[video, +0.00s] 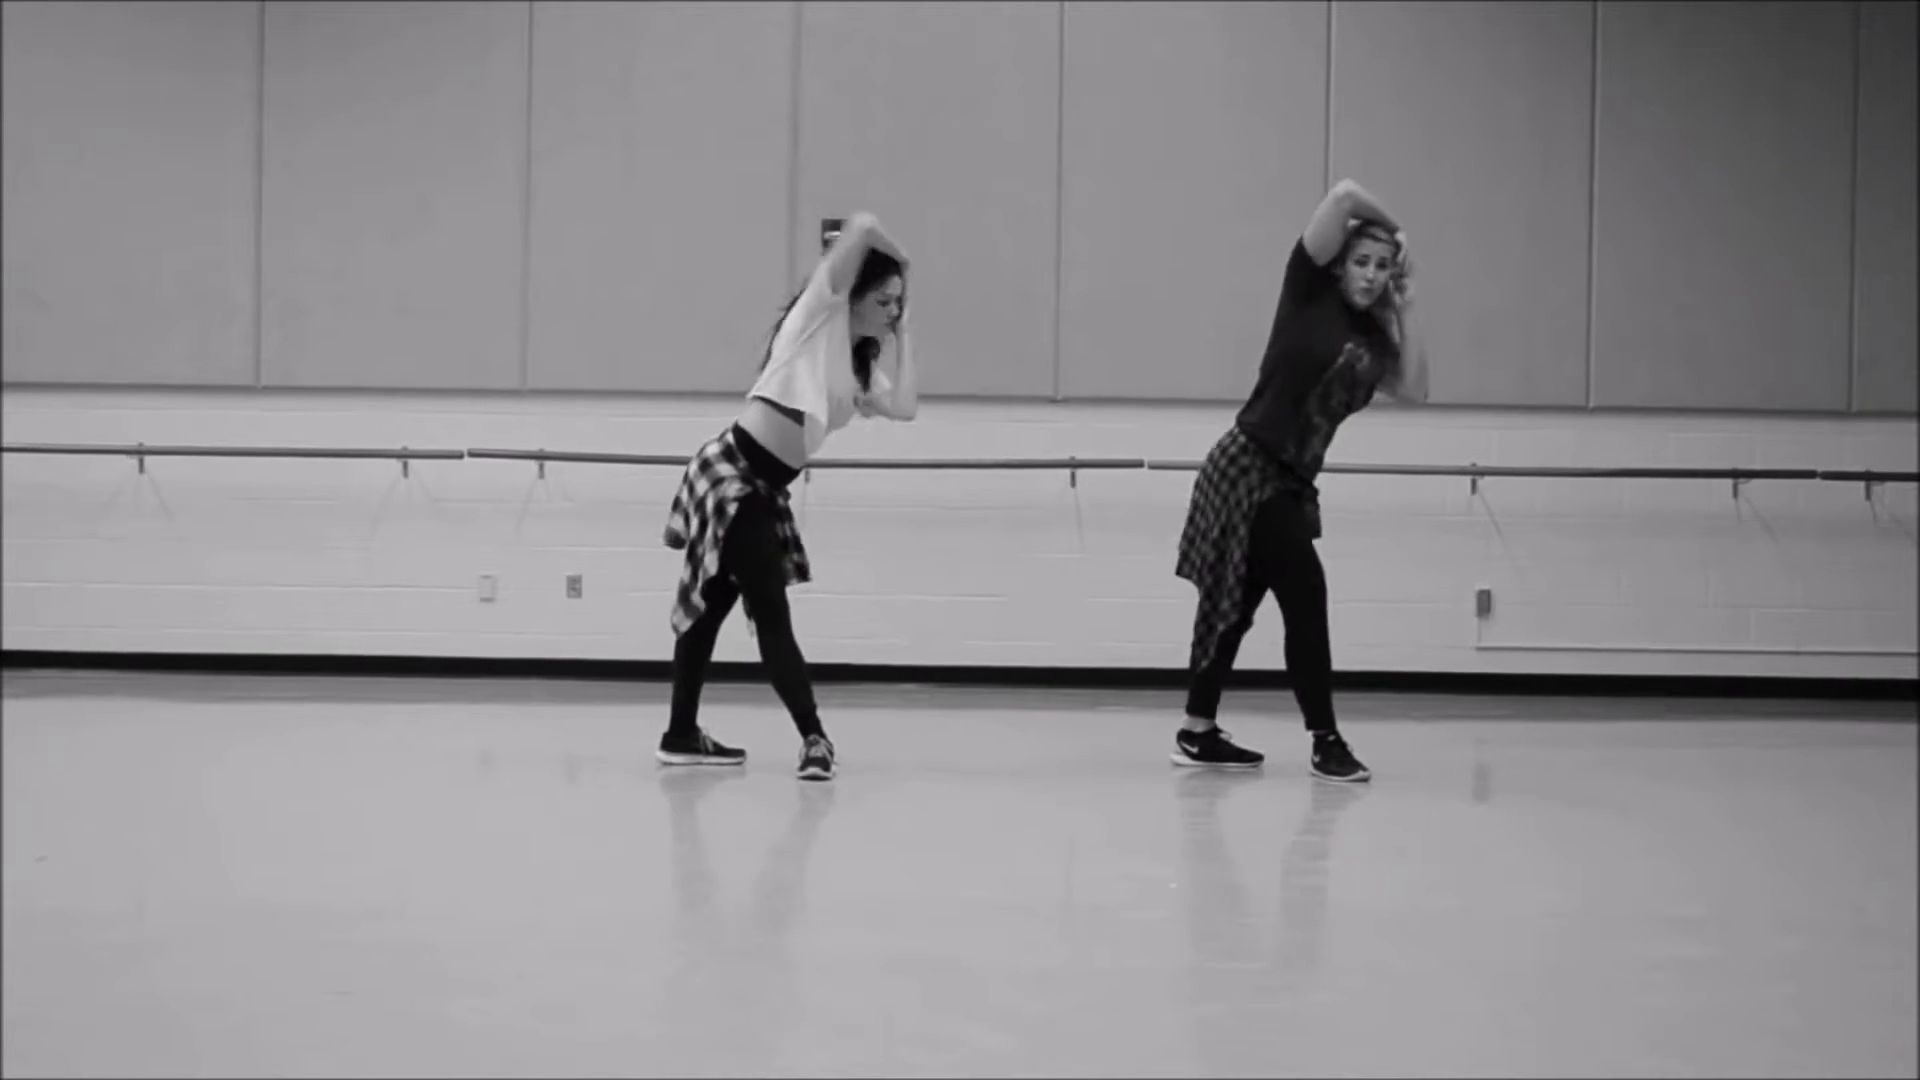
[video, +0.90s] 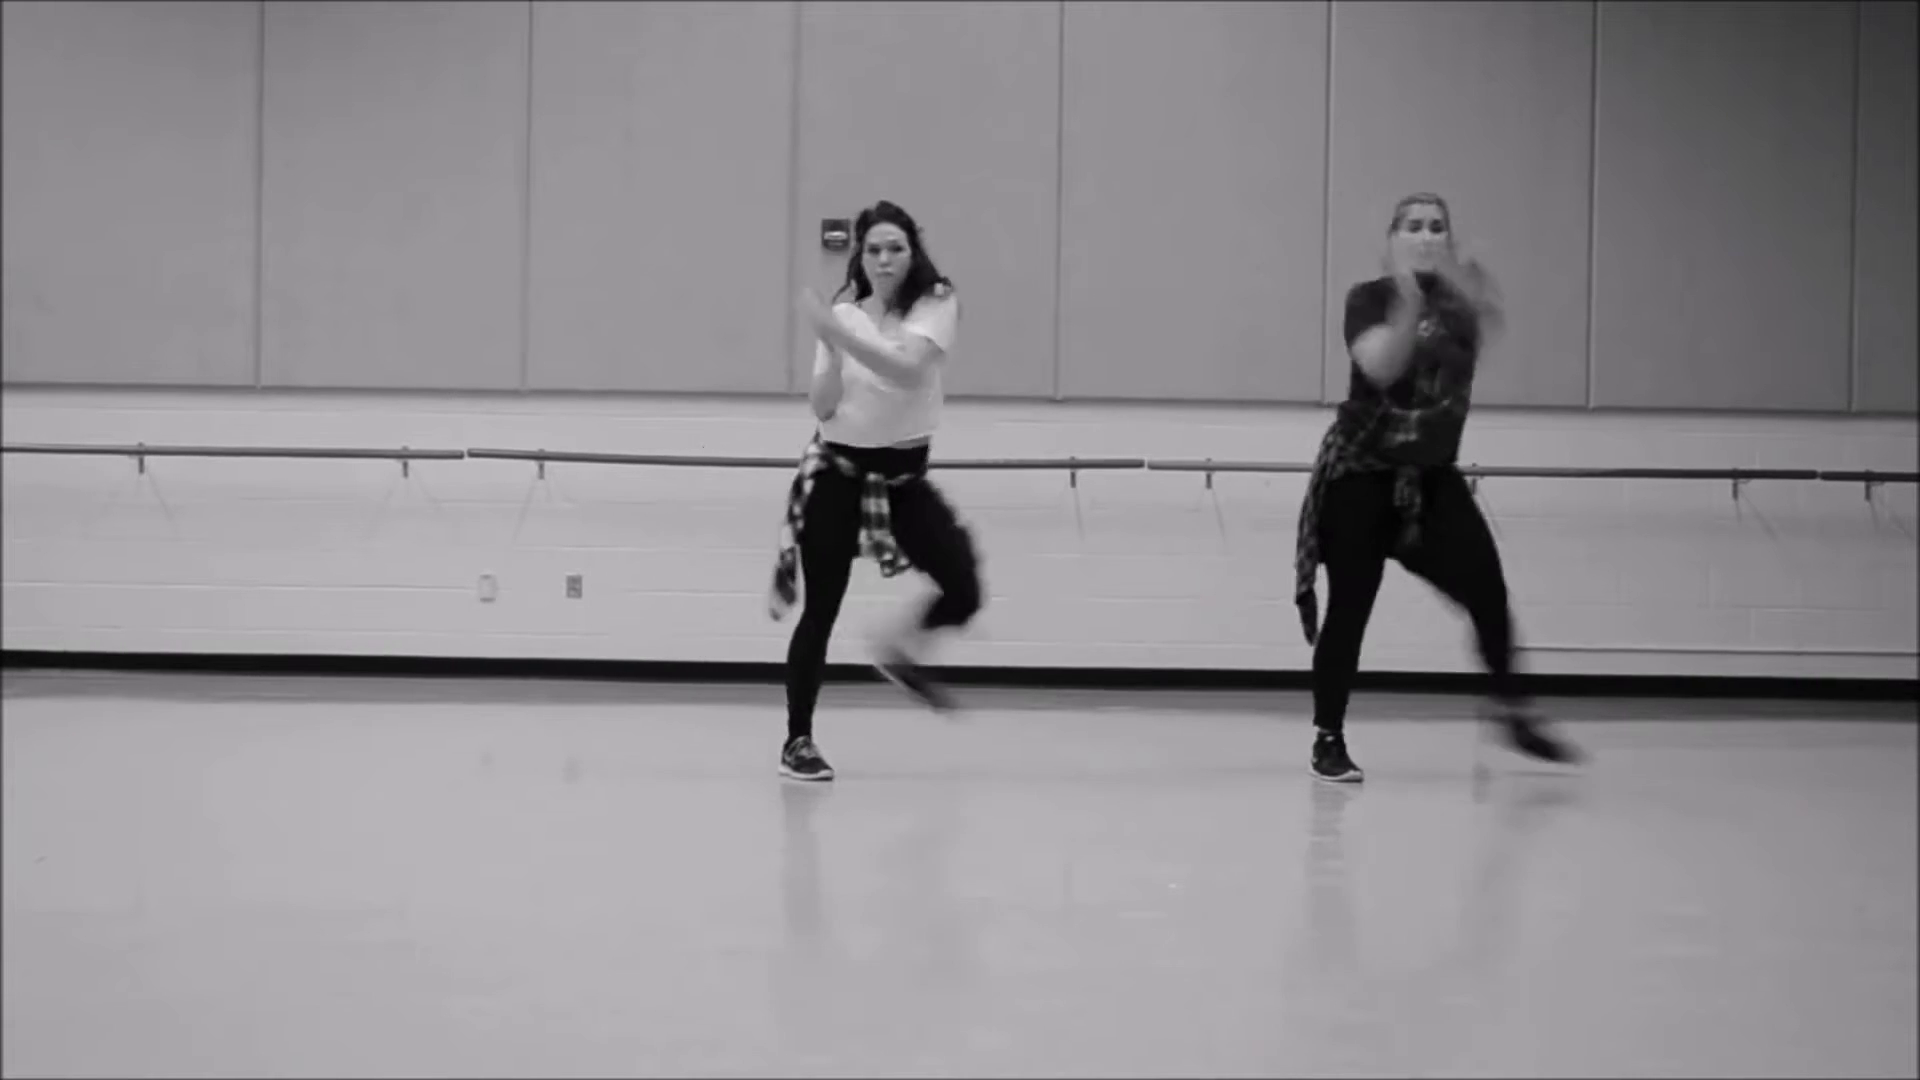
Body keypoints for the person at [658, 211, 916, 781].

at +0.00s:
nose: (891, 316)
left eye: (897, 305)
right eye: (883, 302)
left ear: (891, 308)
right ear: (853, 295)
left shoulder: (856, 372)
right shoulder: (813, 321)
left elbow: (902, 408)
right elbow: (861, 224)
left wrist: (901, 334)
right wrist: (894, 257)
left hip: (766, 488)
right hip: (733, 471)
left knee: (708, 607)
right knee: (772, 614)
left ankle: (681, 730)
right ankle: (814, 739)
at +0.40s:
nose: (864, 291)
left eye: (875, 281)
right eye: (855, 282)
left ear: (897, 287)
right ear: (843, 286)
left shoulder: (904, 360)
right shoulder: (821, 308)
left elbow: (914, 347)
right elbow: (798, 215)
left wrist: (899, 257)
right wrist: (861, 222)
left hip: (801, 490)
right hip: (763, 465)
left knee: (724, 596)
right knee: (776, 610)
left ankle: (643, 689)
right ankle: (791, 742)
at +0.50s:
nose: (860, 283)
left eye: (870, 271)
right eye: (850, 273)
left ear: (893, 276)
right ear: (840, 278)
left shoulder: (913, 347)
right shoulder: (821, 304)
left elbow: (908, 308)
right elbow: (776, 229)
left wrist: (902, 245)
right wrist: (838, 213)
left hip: (823, 491)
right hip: (777, 463)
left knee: (734, 592)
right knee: (786, 603)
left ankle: (619, 616)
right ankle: (793, 741)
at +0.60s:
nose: (858, 277)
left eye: (866, 267)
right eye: (849, 269)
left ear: (892, 270)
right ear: (840, 276)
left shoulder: (925, 335)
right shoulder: (819, 305)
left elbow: (887, 284)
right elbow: (752, 258)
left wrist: (873, 218)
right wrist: (814, 215)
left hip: (842, 491)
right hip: (794, 463)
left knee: (755, 594)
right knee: (798, 610)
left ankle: (655, 534)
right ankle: (795, 741)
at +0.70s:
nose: (867, 263)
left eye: (879, 253)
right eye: (857, 254)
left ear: (902, 260)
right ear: (844, 261)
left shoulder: (929, 314)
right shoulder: (826, 314)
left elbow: (863, 290)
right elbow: (743, 304)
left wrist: (829, 221)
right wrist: (784, 238)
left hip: (863, 488)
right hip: (808, 468)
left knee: (836, 591)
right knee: (803, 610)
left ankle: (738, 503)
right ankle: (795, 739)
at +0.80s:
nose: (872, 262)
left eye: (883, 252)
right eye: (862, 254)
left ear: (904, 257)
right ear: (849, 263)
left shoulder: (927, 302)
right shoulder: (837, 318)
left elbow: (863, 323)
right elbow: (781, 359)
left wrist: (809, 261)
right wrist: (785, 292)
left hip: (881, 476)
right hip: (823, 465)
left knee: (884, 614)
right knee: (813, 606)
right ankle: (796, 739)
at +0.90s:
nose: (887, 259)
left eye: (897, 248)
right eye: (875, 249)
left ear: (914, 254)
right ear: (860, 256)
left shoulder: (937, 303)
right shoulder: (842, 311)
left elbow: (908, 369)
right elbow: (823, 407)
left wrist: (839, 321)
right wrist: (830, 341)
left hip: (904, 477)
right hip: (838, 474)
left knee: (964, 595)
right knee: (821, 610)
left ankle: (901, 651)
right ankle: (799, 739)